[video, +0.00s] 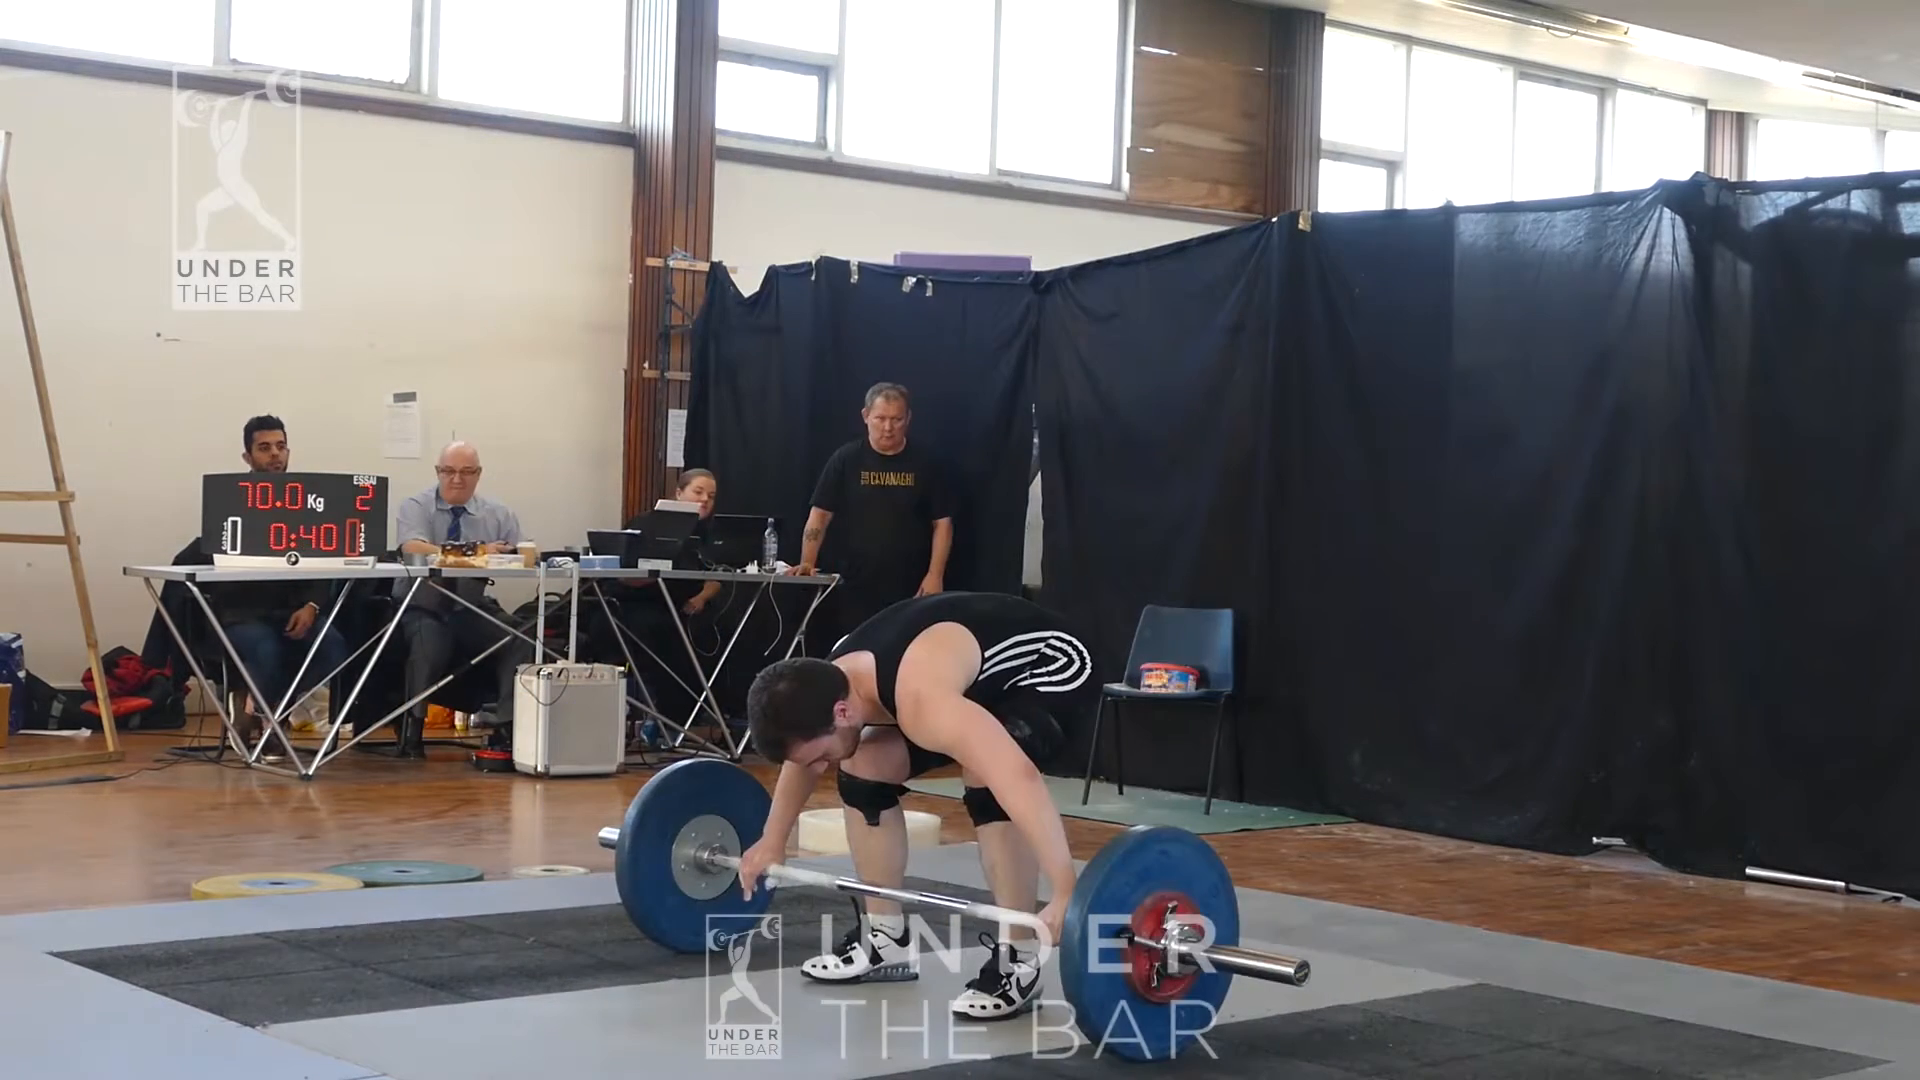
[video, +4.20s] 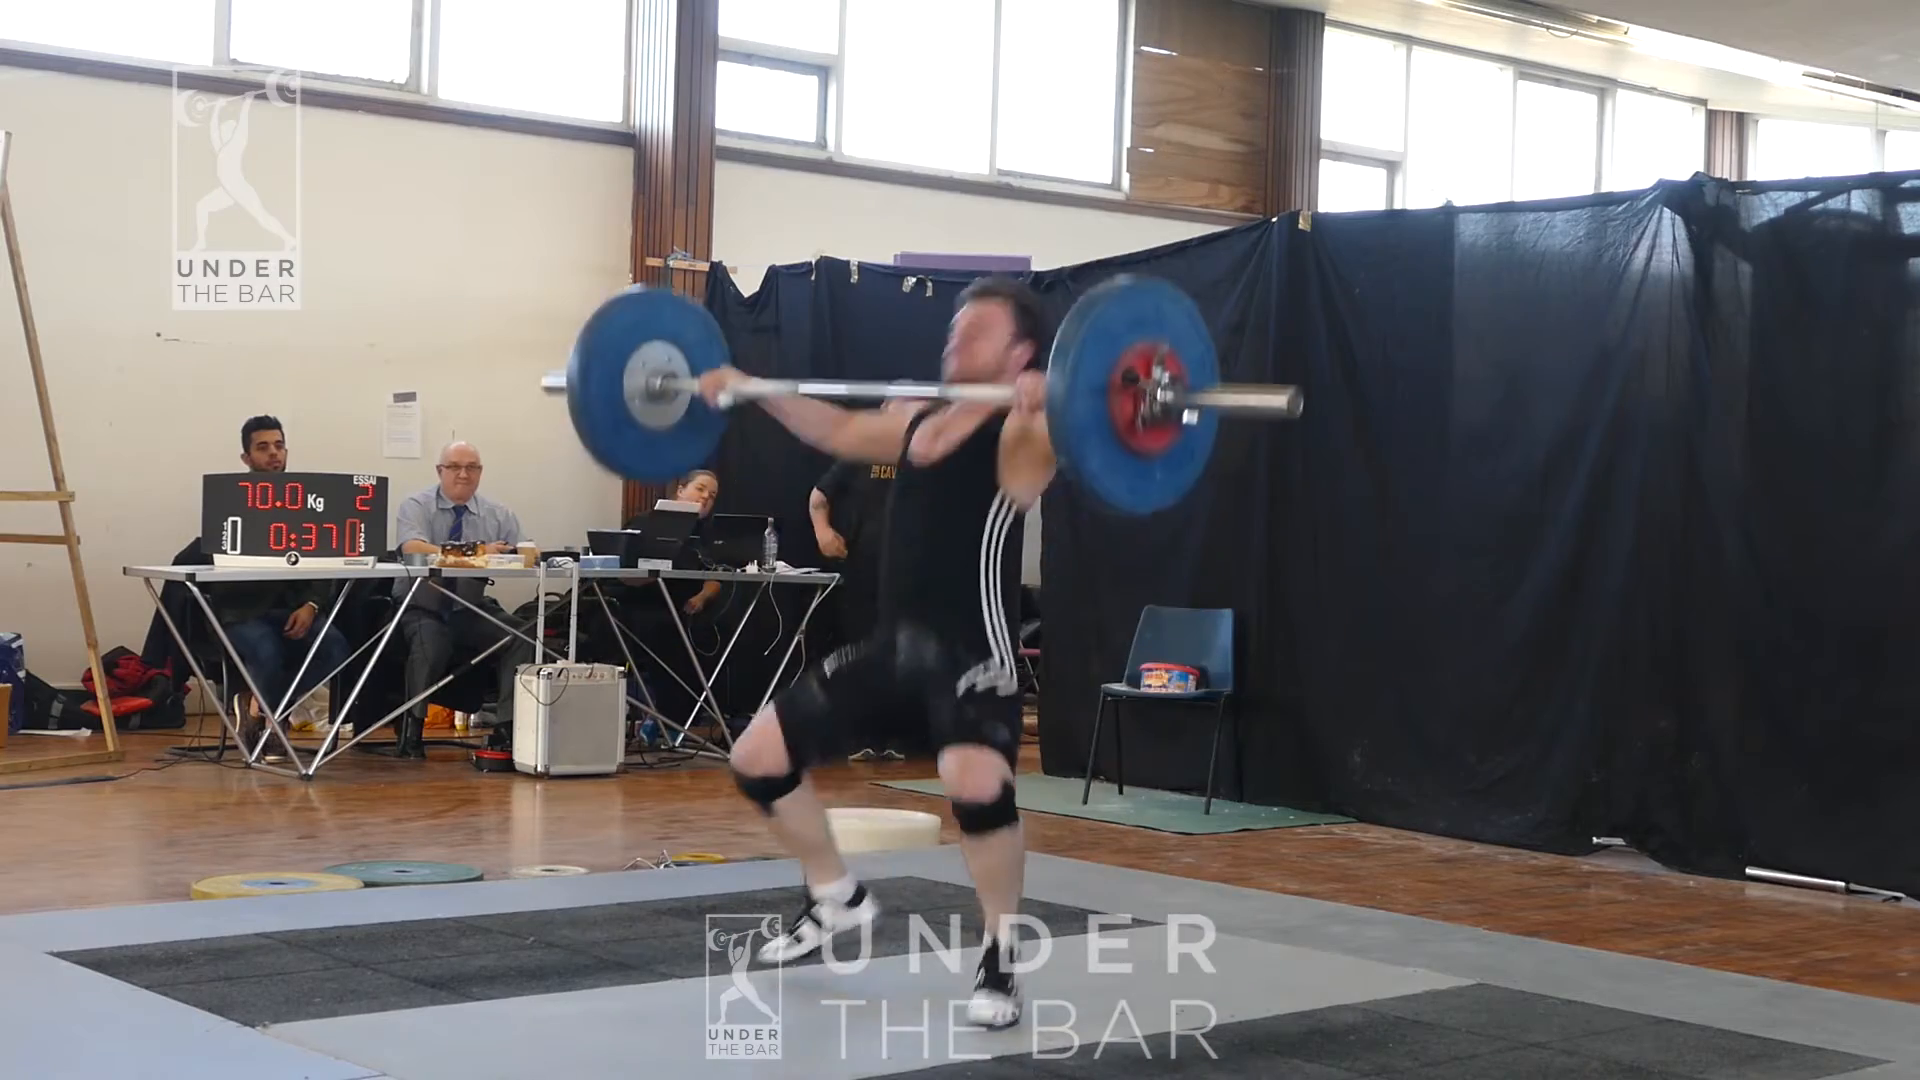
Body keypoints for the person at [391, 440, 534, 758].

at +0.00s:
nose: (457, 479)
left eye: (466, 472)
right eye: (449, 471)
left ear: (479, 475)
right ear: (437, 472)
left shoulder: (499, 514)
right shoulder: (415, 506)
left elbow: (527, 557)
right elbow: (411, 548)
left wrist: (499, 554)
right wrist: (469, 552)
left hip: (475, 606)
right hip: (424, 606)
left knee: (517, 640)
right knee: (429, 643)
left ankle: (508, 731)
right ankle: (413, 732)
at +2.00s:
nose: (453, 474)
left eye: (463, 468)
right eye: (446, 466)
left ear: (479, 474)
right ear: (438, 469)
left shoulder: (499, 514)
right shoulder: (416, 505)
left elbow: (530, 555)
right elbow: (411, 546)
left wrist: (501, 552)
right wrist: (464, 554)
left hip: (475, 608)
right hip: (423, 607)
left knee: (519, 638)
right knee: (430, 643)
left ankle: (507, 731)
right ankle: (412, 734)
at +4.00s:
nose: (462, 475)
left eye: (471, 468)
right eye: (453, 468)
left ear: (480, 473)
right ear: (439, 472)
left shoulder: (499, 514)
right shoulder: (416, 506)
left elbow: (529, 556)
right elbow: (411, 549)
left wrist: (500, 552)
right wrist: (468, 553)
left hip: (475, 608)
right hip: (424, 608)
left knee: (519, 639)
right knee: (431, 642)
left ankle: (507, 730)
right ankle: (412, 732)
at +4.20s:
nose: (463, 474)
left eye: (472, 468)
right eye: (454, 468)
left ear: (481, 473)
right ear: (439, 471)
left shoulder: (499, 515)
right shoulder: (416, 506)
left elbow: (530, 555)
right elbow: (411, 548)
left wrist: (501, 552)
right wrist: (469, 554)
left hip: (475, 608)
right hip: (424, 608)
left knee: (520, 637)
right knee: (431, 642)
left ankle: (508, 729)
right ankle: (412, 733)